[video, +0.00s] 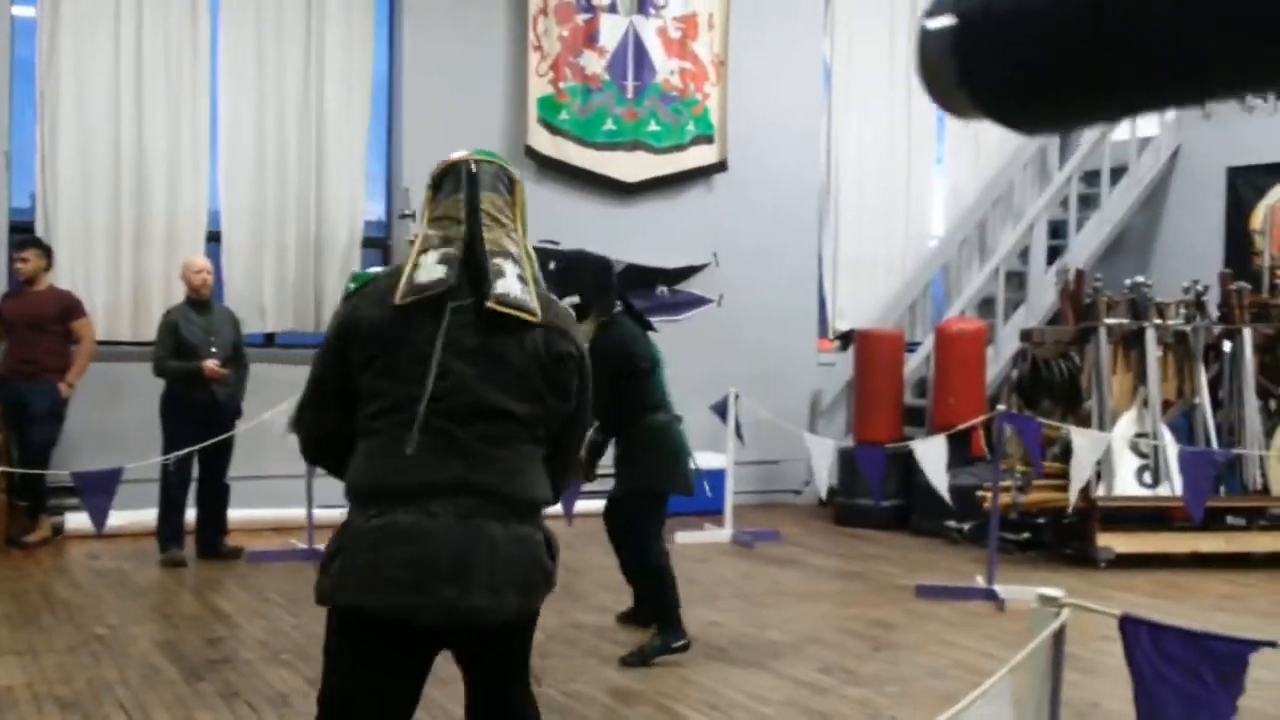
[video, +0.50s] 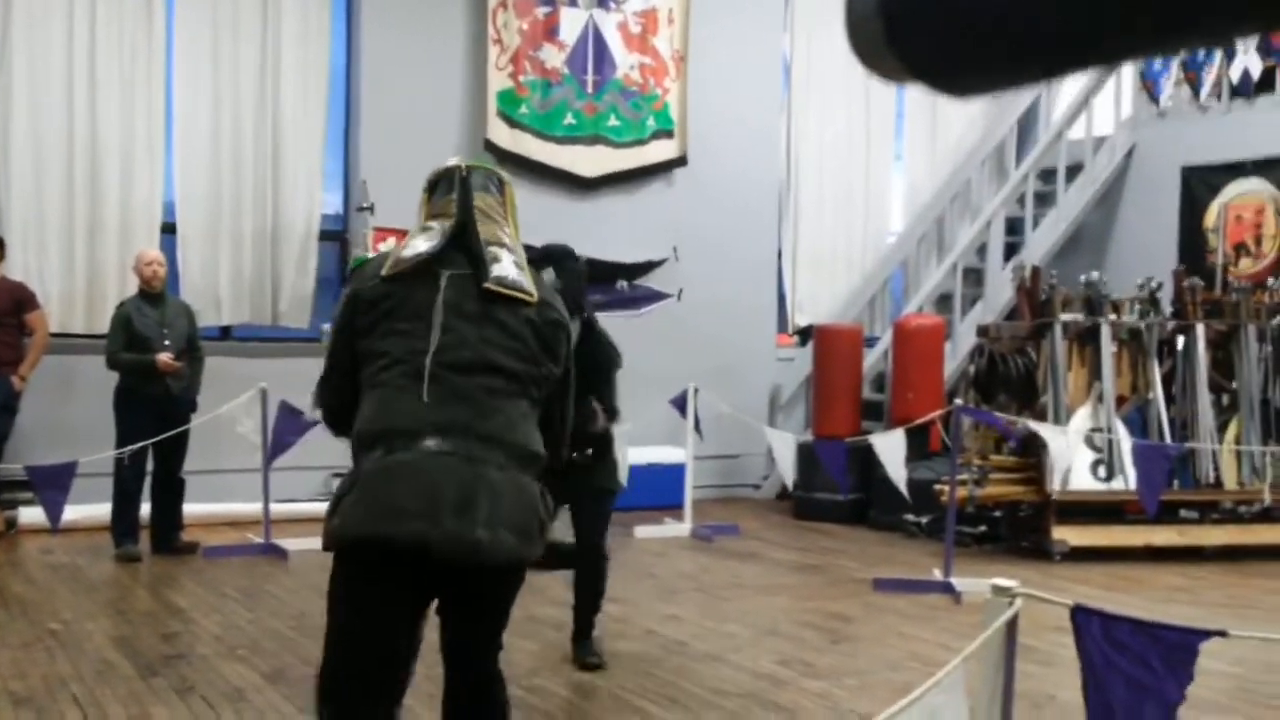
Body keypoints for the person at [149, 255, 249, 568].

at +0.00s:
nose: (204, 277)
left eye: (208, 272)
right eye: (198, 272)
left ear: (214, 277)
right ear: (184, 278)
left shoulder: (227, 317)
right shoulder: (174, 318)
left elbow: (240, 362)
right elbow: (161, 365)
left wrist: (233, 398)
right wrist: (198, 367)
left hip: (220, 408)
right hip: (181, 408)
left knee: (214, 479)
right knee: (176, 477)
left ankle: (211, 541)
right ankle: (171, 545)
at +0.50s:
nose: (156, 269)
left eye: (160, 264)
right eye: (149, 264)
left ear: (167, 270)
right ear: (137, 271)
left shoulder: (181, 310)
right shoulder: (127, 311)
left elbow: (195, 355)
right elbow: (113, 358)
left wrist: (189, 393)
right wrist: (152, 360)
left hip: (174, 401)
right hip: (135, 401)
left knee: (169, 473)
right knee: (130, 472)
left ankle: (167, 537)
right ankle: (126, 541)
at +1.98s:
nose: (115, 279)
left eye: (120, 273)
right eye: (108, 274)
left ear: (128, 279)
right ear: (97, 281)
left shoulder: (141, 319)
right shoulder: (87, 322)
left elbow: (155, 362)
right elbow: (74, 370)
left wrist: (143, 376)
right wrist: (114, 373)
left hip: (135, 413)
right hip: (95, 413)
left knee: (130, 483)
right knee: (91, 484)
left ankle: (126, 554)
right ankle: (87, 555)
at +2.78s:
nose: (73, 270)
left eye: (78, 264)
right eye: (67, 264)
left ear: (84, 271)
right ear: (53, 271)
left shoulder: (98, 311)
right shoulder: (42, 311)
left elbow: (112, 358)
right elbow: (27, 360)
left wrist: (106, 396)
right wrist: (67, 363)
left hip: (91, 406)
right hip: (50, 407)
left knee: (86, 479)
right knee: (44, 476)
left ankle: (82, 544)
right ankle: (40, 547)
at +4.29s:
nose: (28, 262)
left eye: (31, 256)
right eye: (20, 256)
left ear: (37, 263)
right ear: (5, 265)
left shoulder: (49, 304)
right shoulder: (1, 303)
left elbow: (64, 350)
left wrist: (59, 389)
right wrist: (19, 357)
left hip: (42, 402)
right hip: (5, 402)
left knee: (37, 475)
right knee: (2, 474)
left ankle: (33, 541)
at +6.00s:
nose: (28, 261)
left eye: (31, 256)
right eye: (20, 256)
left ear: (36, 263)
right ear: (5, 265)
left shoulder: (49, 304)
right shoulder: (2, 303)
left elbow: (64, 351)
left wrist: (59, 390)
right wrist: (20, 359)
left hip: (41, 404)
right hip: (5, 405)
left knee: (36, 479)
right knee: (1, 478)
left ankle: (31, 547)